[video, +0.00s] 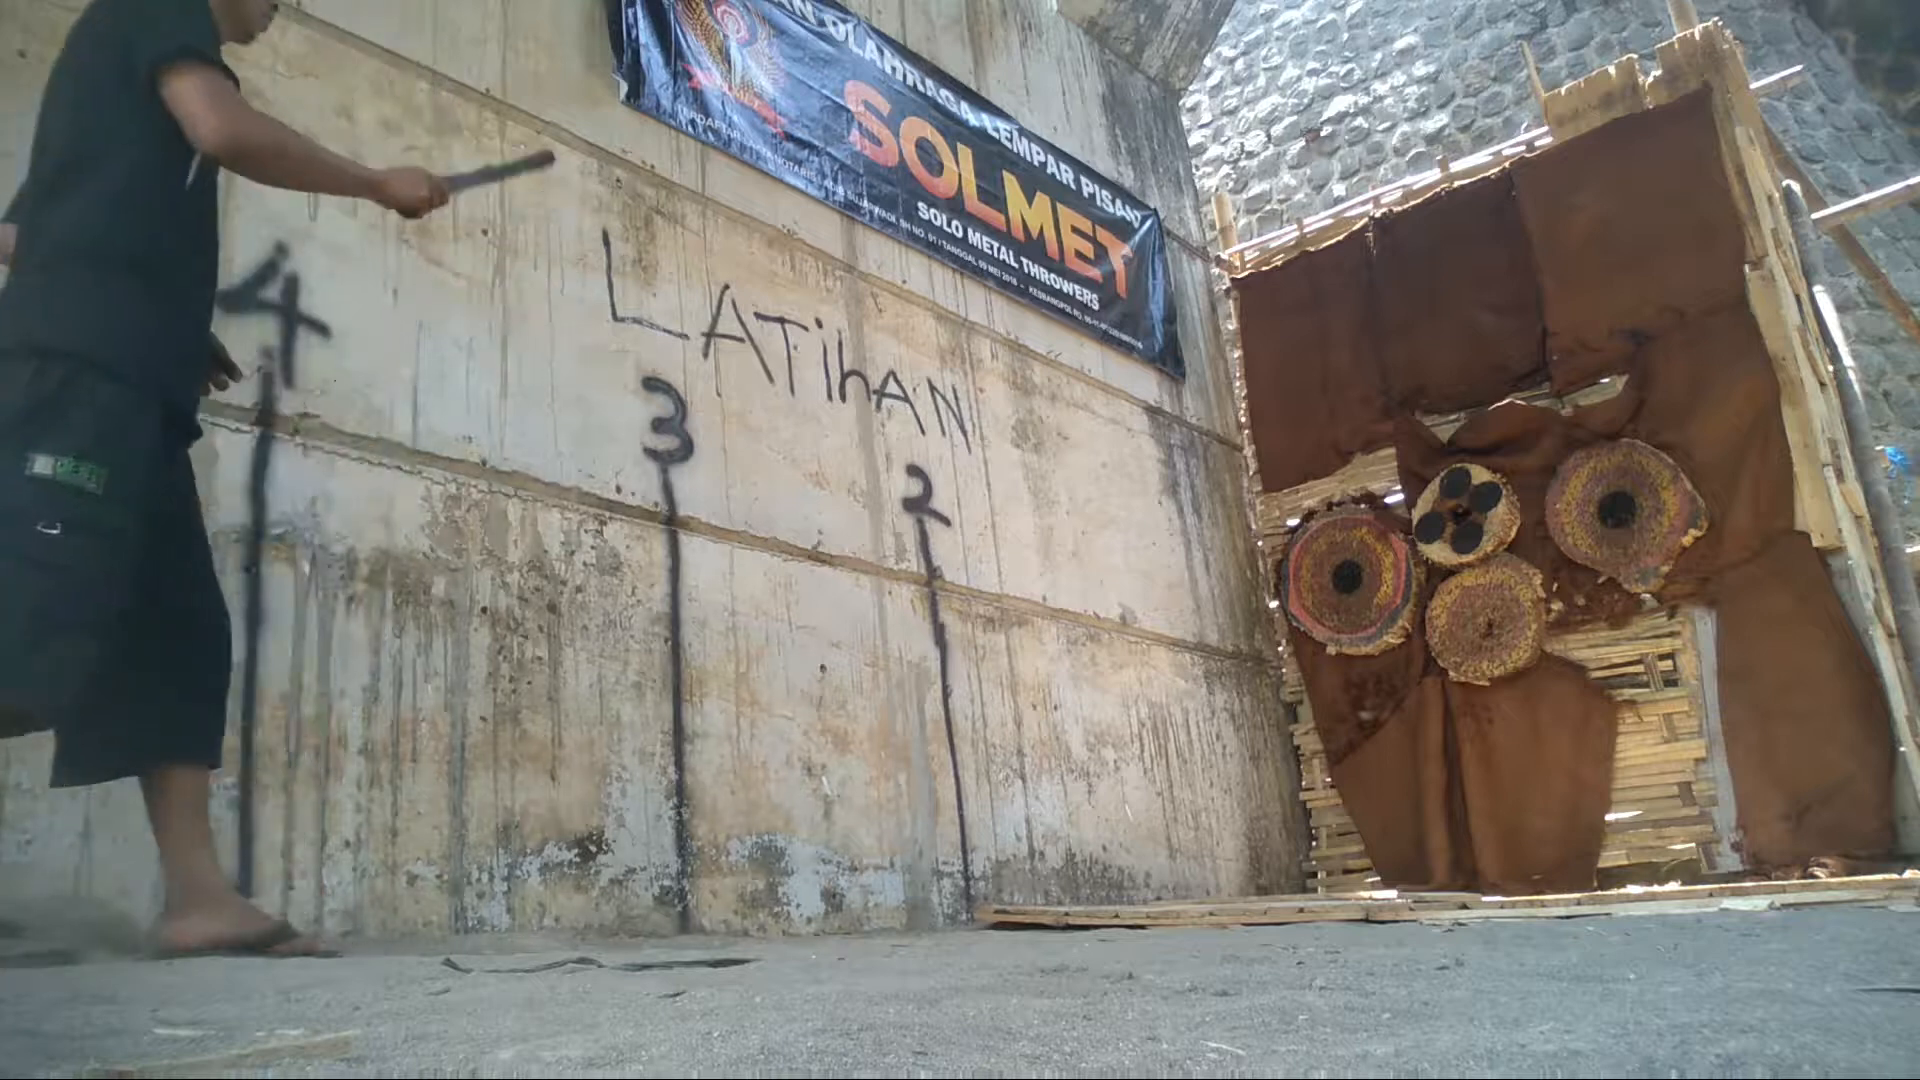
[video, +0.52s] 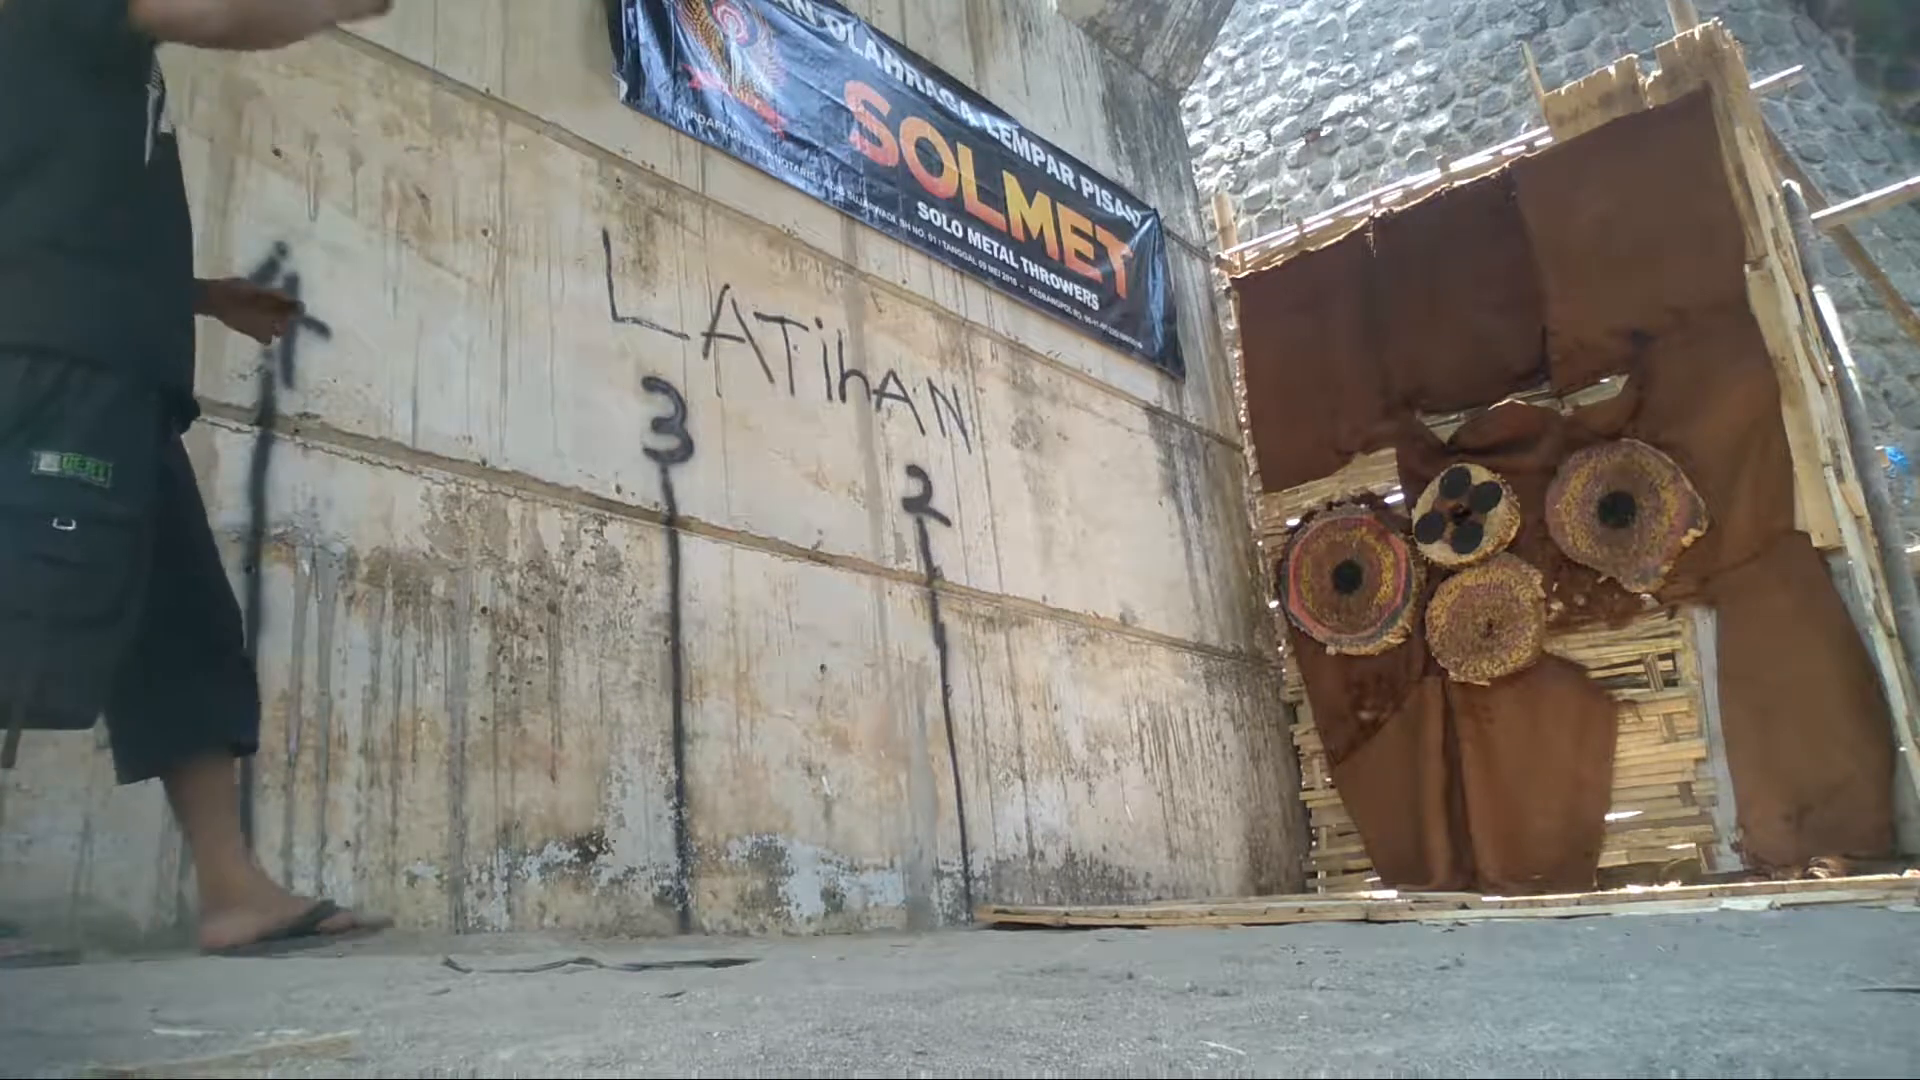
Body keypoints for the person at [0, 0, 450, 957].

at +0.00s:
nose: (269, 17)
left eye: (275, 8)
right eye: (268, 1)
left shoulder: (132, 51)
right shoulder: (155, 12)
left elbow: (30, 235)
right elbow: (221, 129)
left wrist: (177, 337)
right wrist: (377, 180)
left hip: (127, 398)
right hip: (75, 379)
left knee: (181, 635)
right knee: (41, 644)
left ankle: (199, 898)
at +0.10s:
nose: (243, 15)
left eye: (245, 10)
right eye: (243, 3)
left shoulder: (125, 43)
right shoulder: (132, 9)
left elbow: (82, 208)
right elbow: (216, 112)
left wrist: (170, 323)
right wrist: (368, 148)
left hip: (120, 390)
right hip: (64, 377)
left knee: (160, 635)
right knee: (30, 629)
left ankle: (191, 900)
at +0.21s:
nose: (215, 10)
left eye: (215, 10)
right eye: (211, 2)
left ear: (175, 2)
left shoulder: (94, 44)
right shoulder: (102, 9)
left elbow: (70, 223)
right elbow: (209, 96)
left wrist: (177, 325)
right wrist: (355, 118)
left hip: (107, 387)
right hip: (56, 376)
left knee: (146, 637)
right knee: (29, 627)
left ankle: (190, 900)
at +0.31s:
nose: (193, 12)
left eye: (191, 15)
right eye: (185, 11)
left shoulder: (59, 38)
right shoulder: (94, 11)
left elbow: (62, 219)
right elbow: (202, 81)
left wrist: (182, 315)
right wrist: (349, 104)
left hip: (101, 377)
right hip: (59, 367)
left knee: (156, 630)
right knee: (29, 623)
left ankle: (194, 895)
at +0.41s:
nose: (178, 9)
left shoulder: (66, 50)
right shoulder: (73, 17)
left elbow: (50, 241)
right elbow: (207, 54)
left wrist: (191, 301)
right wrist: (353, 65)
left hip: (103, 390)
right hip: (53, 378)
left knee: (192, 622)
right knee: (22, 631)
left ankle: (209, 887)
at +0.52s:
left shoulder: (96, 49)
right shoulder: (56, 23)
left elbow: (65, 237)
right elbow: (224, 18)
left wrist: (206, 296)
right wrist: (344, 4)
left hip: (118, 384)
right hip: (41, 369)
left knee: (183, 629)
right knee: (18, 642)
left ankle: (233, 890)